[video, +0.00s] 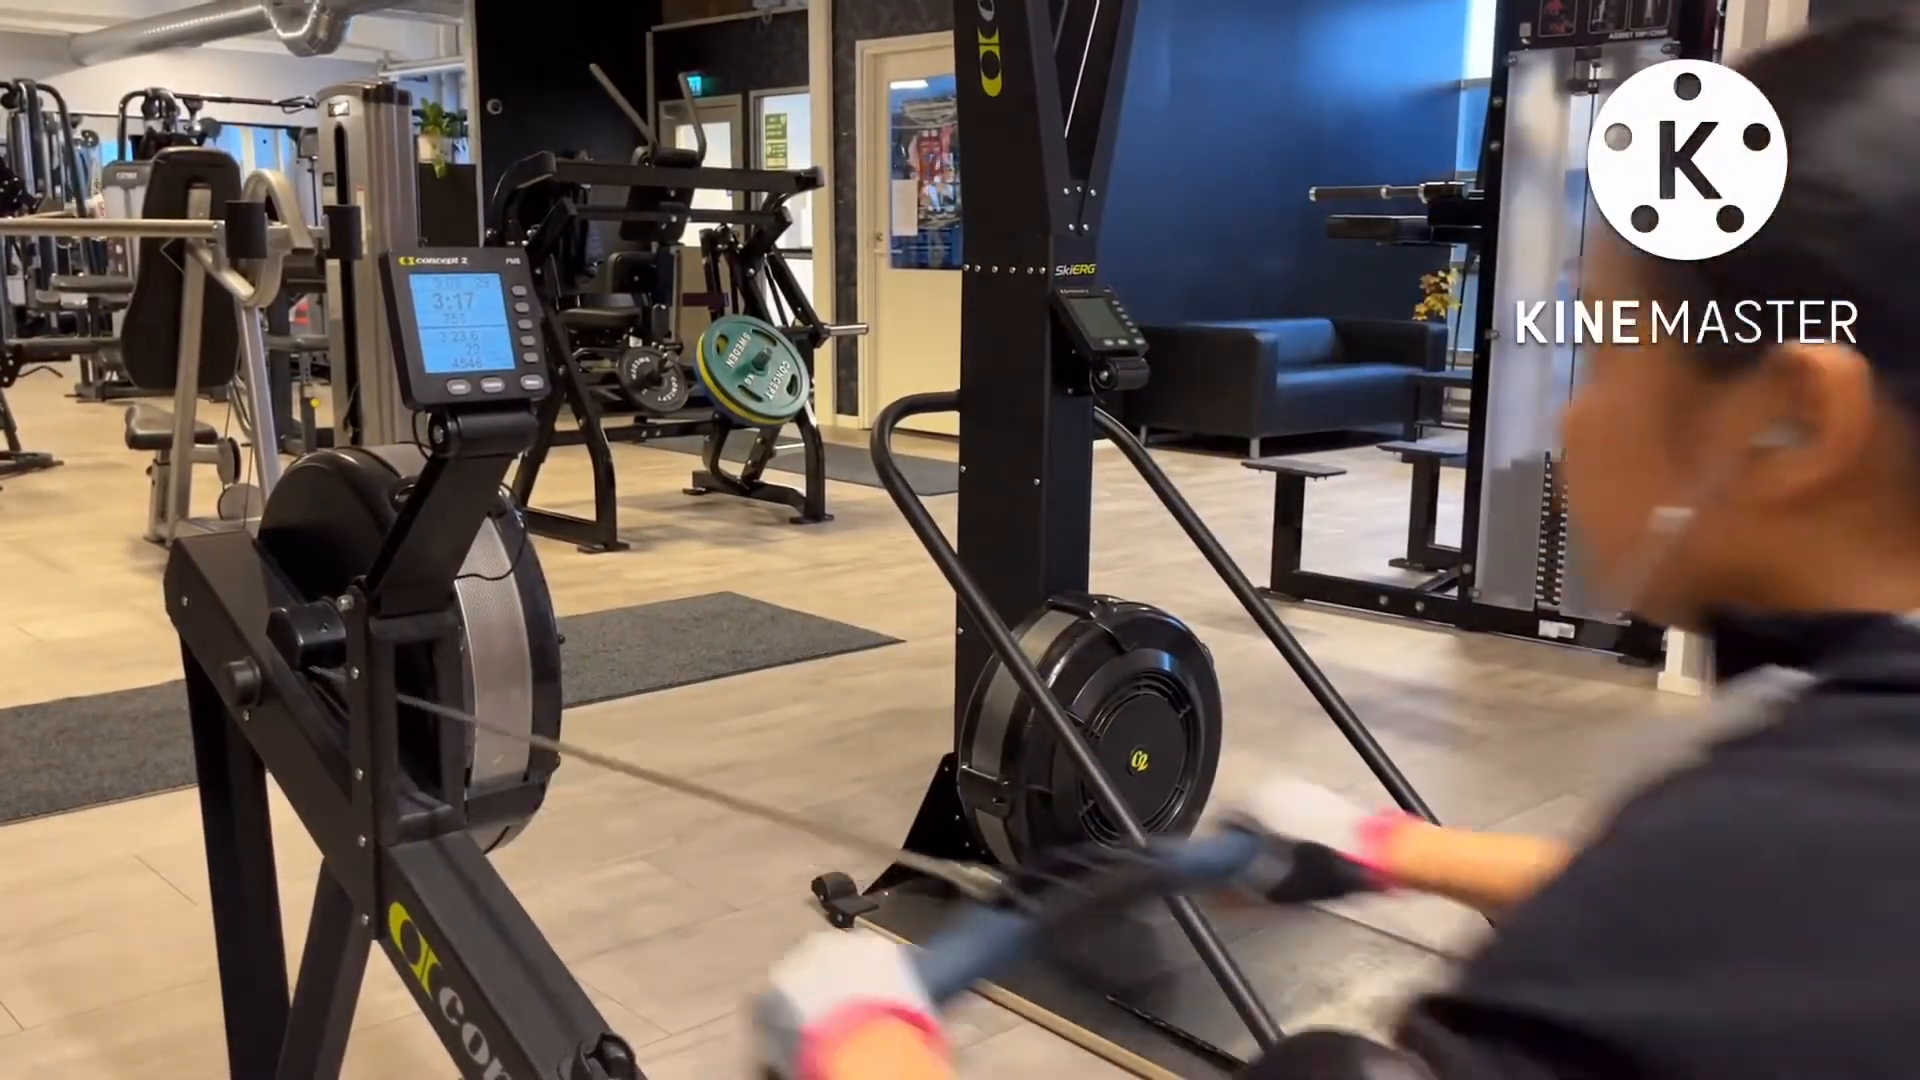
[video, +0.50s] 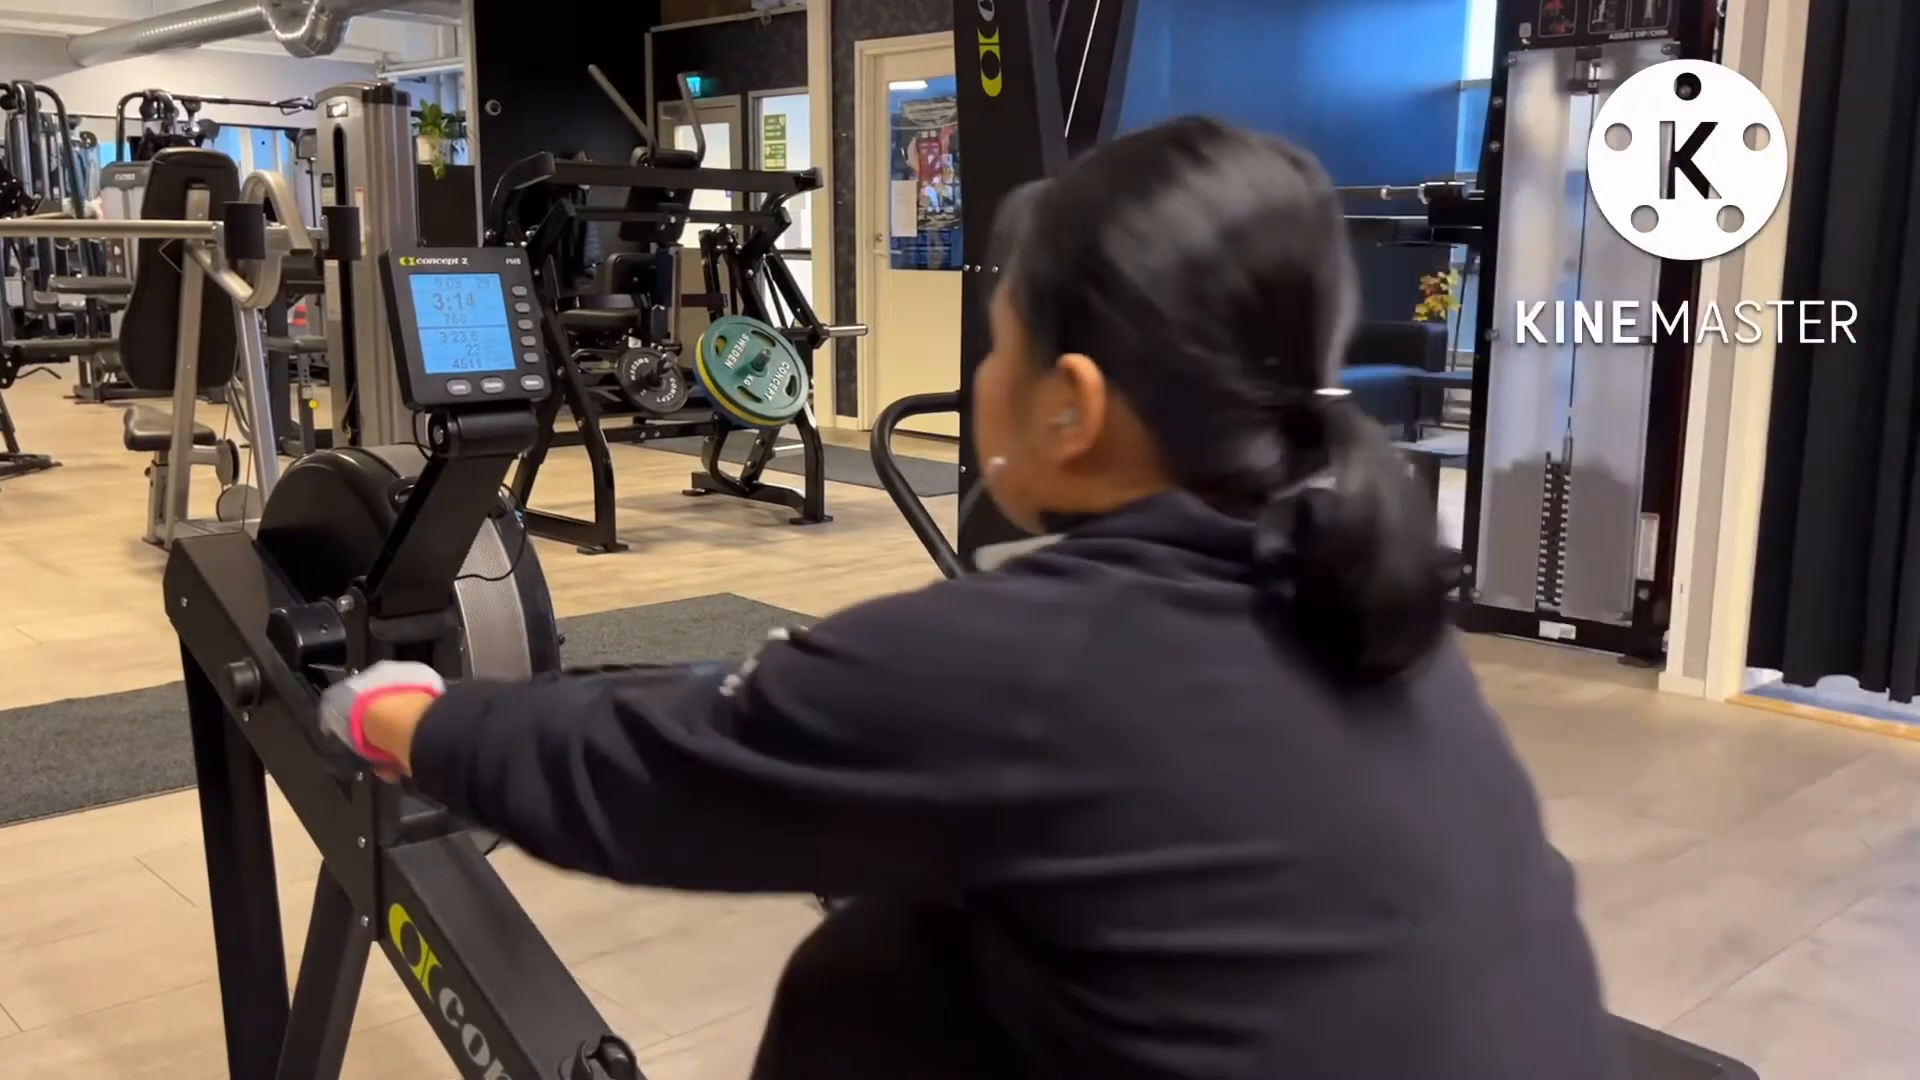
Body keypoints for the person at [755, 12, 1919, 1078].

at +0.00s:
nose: (1564, 421)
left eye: (1605, 342)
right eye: (1589, 343)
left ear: (1797, 427)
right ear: (1805, 435)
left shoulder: (1733, 885)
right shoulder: (1861, 744)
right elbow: (1712, 869)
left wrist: (882, 1056)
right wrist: (1407, 853)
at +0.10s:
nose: (1407, 410)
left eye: (1437, 357)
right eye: (1424, 355)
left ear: (1597, 426)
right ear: (1822, 404)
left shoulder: (1556, 814)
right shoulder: (1868, 681)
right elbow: (1648, 828)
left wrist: (755, 996)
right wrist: (1319, 799)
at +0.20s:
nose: (1261, 399)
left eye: (1289, 354)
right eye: (1276, 348)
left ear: (1430, 421)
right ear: (1644, 410)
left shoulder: (1399, 750)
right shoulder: (1741, 669)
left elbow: (904, 1031)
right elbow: (1494, 786)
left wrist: (637, 909)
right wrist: (1198, 758)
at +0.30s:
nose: (1140, 393)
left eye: (1163, 354)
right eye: (1154, 348)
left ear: (1283, 415)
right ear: (1488, 384)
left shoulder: (1215, 708)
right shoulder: (1573, 622)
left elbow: (793, 941)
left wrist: (539, 831)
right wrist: (1067, 719)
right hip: (1742, 1040)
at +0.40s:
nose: (1046, 387)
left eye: (1066, 347)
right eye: (1061, 343)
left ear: (1165, 408)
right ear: (1372, 382)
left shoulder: (1081, 681)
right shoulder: (1466, 604)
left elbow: (688, 852)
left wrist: (473, 767)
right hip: (1643, 1042)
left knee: (949, 933)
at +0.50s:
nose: (972, 382)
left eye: (989, 346)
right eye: (983, 341)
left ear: (1082, 405)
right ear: (1281, 378)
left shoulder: (1007, 658)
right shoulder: (1378, 581)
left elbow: (659, 764)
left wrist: (419, 722)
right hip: (1548, 1041)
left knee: (865, 962)